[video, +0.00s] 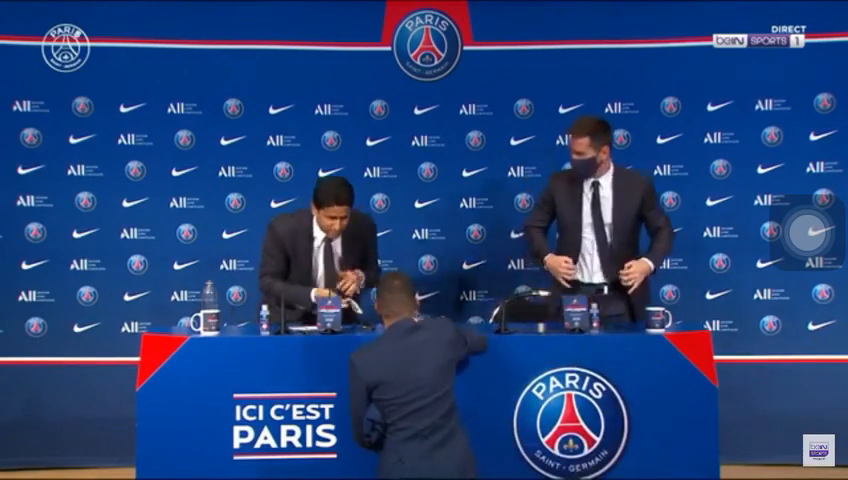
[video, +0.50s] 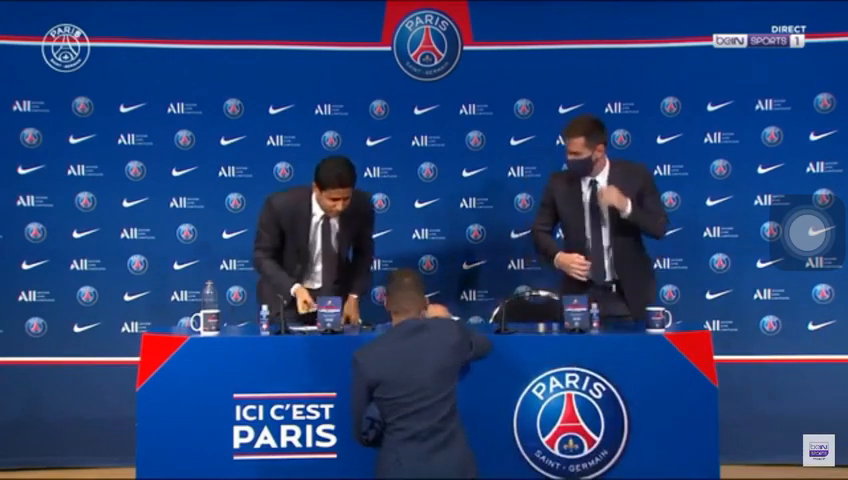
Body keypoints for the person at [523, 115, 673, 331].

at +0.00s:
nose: (574, 161)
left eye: (581, 156)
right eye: (572, 154)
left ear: (604, 153)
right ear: (570, 148)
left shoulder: (637, 185)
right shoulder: (560, 184)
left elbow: (663, 231)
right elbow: (534, 227)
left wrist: (647, 263)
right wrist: (547, 258)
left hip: (618, 298)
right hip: (571, 297)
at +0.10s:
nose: (574, 158)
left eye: (581, 153)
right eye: (572, 151)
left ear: (603, 151)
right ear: (570, 145)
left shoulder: (638, 182)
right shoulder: (560, 182)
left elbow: (665, 228)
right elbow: (536, 227)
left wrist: (648, 261)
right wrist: (548, 256)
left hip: (620, 296)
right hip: (574, 295)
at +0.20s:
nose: (573, 157)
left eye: (580, 152)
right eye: (572, 150)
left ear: (603, 150)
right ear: (570, 145)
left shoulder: (637, 180)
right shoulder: (560, 182)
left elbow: (666, 228)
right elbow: (537, 226)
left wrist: (644, 256)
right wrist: (551, 256)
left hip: (622, 295)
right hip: (576, 294)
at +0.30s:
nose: (571, 158)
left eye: (578, 152)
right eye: (569, 151)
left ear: (601, 150)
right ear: (567, 146)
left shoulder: (637, 180)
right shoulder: (560, 182)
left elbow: (666, 229)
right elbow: (539, 229)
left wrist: (639, 249)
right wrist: (554, 256)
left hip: (625, 295)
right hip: (578, 295)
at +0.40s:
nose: (570, 160)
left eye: (577, 155)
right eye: (568, 154)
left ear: (600, 151)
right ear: (566, 148)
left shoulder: (636, 177)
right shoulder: (560, 183)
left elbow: (662, 228)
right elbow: (540, 230)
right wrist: (556, 257)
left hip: (628, 294)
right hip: (581, 295)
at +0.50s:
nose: (570, 160)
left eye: (577, 155)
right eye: (568, 153)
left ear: (599, 151)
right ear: (566, 148)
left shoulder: (635, 176)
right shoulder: (559, 183)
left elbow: (659, 227)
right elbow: (540, 231)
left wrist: (626, 207)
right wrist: (558, 257)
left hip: (627, 295)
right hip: (581, 296)